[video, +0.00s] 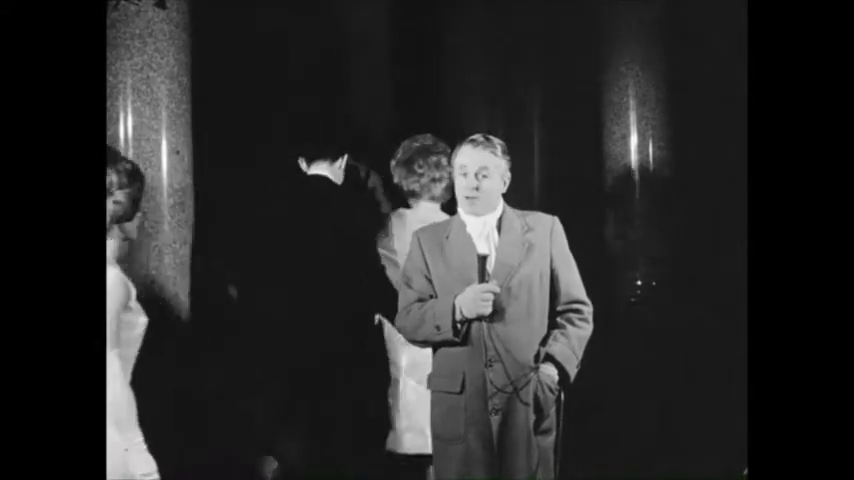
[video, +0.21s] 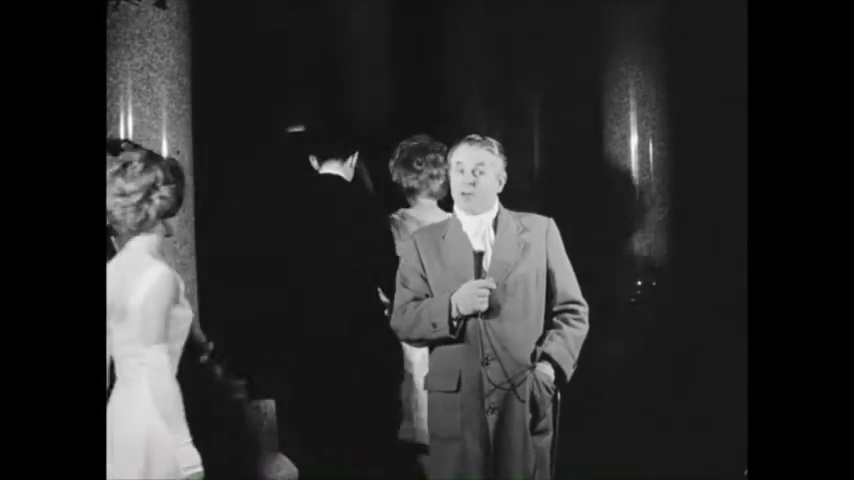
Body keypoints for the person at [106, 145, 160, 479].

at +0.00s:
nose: (140, 221)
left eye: (135, 209)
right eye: (138, 210)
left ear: (120, 219)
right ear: (125, 220)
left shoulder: (118, 282)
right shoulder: (114, 283)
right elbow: (114, 382)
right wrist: (139, 464)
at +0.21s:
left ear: (128, 205)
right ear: (159, 204)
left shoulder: (114, 270)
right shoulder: (159, 276)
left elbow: (117, 361)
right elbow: (158, 371)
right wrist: (186, 454)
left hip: (120, 406)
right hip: (153, 409)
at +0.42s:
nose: (217, 209)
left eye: (215, 199)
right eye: (214, 200)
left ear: (164, 208)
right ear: (204, 208)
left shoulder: (143, 269)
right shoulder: (198, 274)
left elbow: (133, 348)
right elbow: (197, 364)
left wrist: (142, 408)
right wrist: (227, 441)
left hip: (154, 396)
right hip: (192, 397)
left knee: (161, 472)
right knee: (196, 473)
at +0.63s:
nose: (253, 214)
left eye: (251, 205)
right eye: (250, 205)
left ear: (196, 209)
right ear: (242, 214)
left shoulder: (179, 266)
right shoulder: (233, 273)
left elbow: (169, 349)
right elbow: (233, 365)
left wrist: (175, 406)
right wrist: (264, 447)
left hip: (189, 392)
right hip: (227, 394)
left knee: (196, 473)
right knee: (232, 473)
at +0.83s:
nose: (292, 212)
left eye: (290, 202)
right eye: (290, 204)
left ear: (238, 206)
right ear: (284, 210)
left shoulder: (221, 262)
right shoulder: (277, 272)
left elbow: (204, 339)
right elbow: (275, 361)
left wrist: (203, 396)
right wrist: (300, 439)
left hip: (231, 391)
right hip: (270, 395)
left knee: (232, 472)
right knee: (271, 473)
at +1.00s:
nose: (321, 207)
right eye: (319, 200)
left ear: (267, 201)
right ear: (312, 206)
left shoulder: (245, 258)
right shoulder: (310, 269)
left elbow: (230, 333)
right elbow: (308, 350)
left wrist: (227, 388)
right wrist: (331, 426)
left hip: (256, 387)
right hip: (297, 390)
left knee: (261, 472)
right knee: (302, 471)